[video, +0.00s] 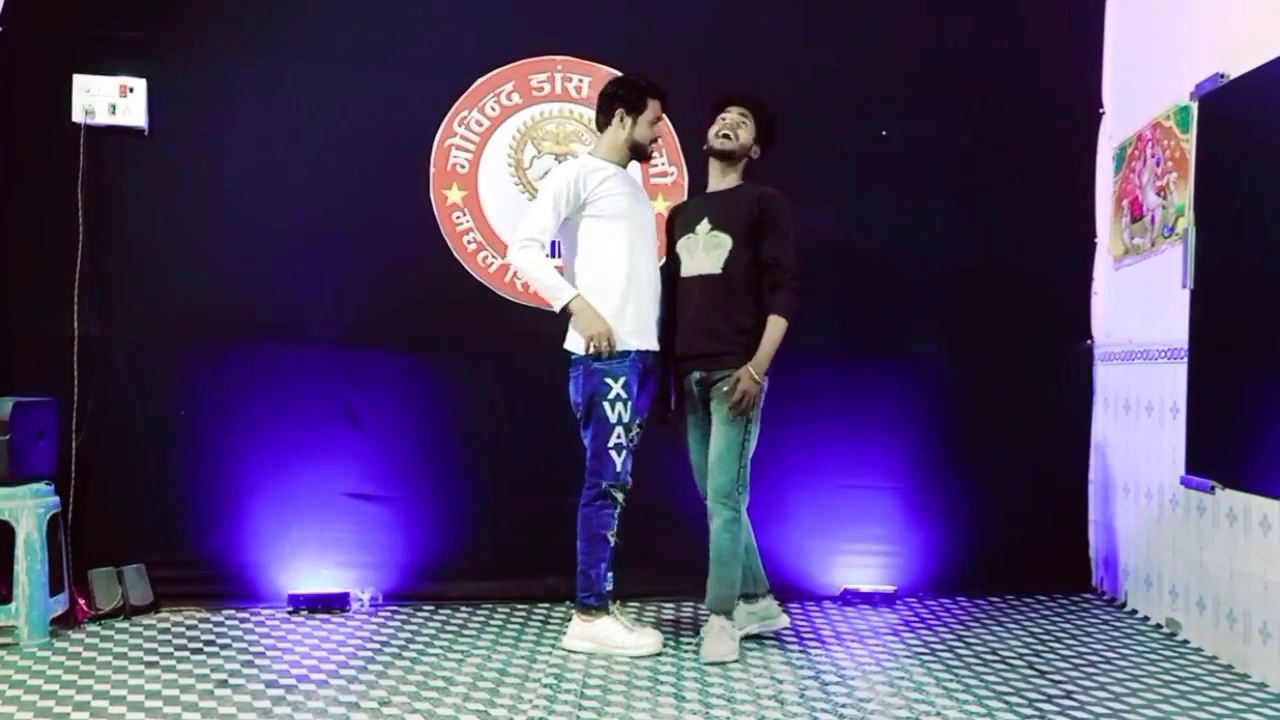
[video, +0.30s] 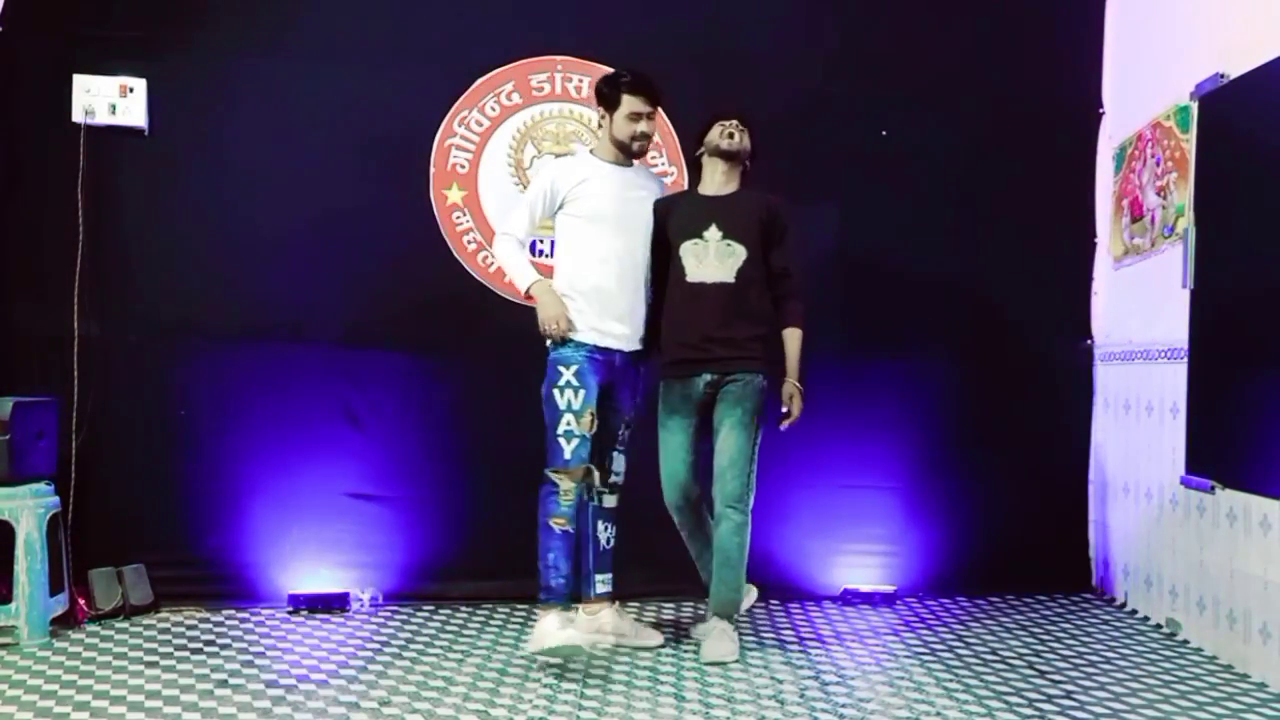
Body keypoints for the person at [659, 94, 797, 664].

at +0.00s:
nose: (727, 126)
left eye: (741, 124)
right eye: (722, 118)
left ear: (754, 147)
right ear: (706, 134)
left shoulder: (765, 203)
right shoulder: (680, 213)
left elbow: (784, 294)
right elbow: (670, 292)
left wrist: (759, 367)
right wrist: (669, 367)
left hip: (736, 367)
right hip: (686, 368)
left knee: (725, 494)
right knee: (715, 493)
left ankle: (719, 617)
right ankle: (759, 601)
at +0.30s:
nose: (731, 130)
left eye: (740, 129)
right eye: (722, 126)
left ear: (749, 154)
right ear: (700, 149)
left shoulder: (766, 210)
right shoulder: (667, 208)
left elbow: (788, 293)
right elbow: (640, 280)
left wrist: (791, 373)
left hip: (744, 369)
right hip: (678, 368)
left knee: (732, 494)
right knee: (677, 494)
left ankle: (720, 620)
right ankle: (732, 590)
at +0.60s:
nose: (707, 138)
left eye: (721, 132)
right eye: (704, 130)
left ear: (747, 148)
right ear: (697, 144)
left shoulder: (765, 219)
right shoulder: (670, 209)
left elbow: (790, 307)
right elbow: (647, 291)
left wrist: (800, 391)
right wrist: (649, 362)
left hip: (741, 368)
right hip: (678, 370)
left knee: (732, 495)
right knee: (704, 499)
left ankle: (721, 617)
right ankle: (738, 603)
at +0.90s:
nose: (698, 157)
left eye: (710, 149)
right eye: (697, 148)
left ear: (741, 157)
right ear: (696, 154)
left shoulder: (766, 225)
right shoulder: (677, 213)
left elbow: (784, 314)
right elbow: (655, 288)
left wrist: (784, 400)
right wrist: (641, 353)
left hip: (741, 351)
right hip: (685, 358)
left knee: (718, 426)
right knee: (701, 491)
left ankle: (761, 533)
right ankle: (732, 603)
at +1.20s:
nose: (704, 167)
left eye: (716, 159)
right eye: (703, 157)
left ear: (747, 166)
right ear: (702, 161)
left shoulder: (766, 230)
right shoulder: (687, 212)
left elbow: (781, 323)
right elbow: (665, 286)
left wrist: (789, 414)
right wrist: (661, 357)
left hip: (740, 342)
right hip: (687, 355)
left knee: (709, 401)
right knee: (701, 490)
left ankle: (787, 472)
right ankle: (734, 605)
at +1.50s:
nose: (727, 168)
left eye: (740, 162)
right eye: (728, 158)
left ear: (770, 177)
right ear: (727, 164)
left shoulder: (776, 245)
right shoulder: (695, 212)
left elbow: (786, 339)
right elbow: (662, 277)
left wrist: (783, 424)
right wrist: (650, 346)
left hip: (737, 348)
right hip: (685, 360)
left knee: (721, 408)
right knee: (700, 491)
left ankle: (778, 480)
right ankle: (735, 604)